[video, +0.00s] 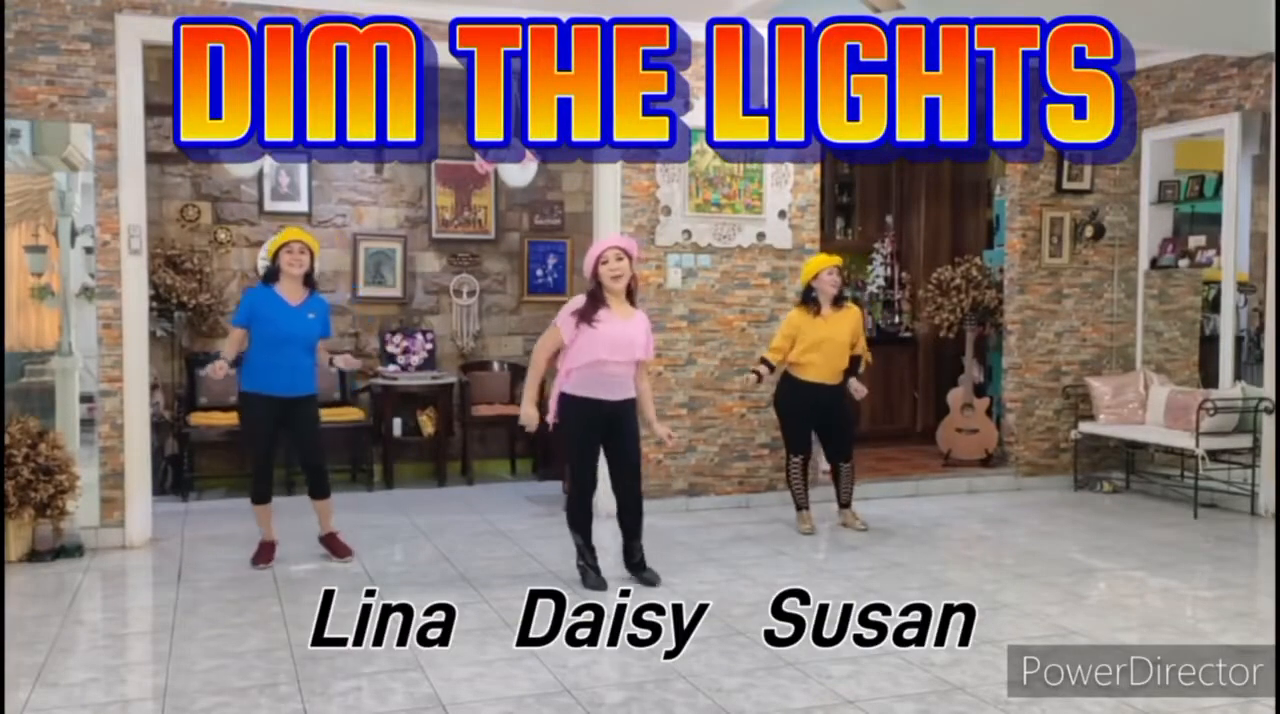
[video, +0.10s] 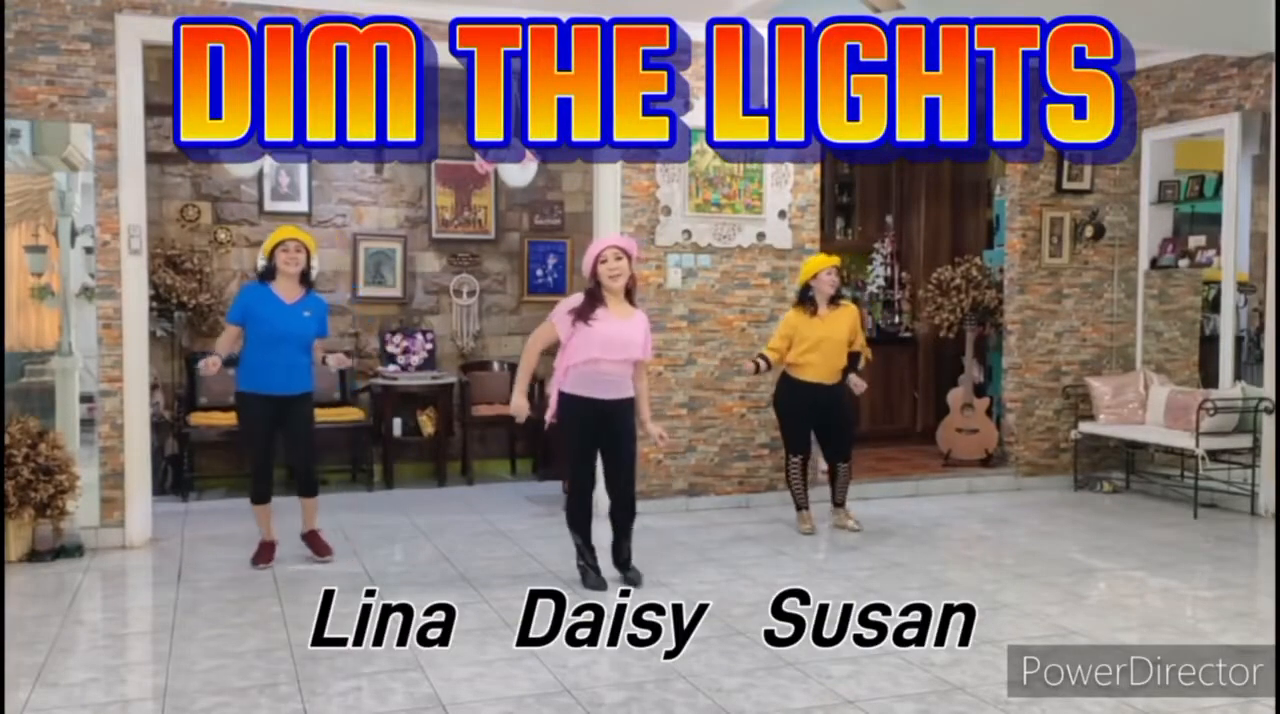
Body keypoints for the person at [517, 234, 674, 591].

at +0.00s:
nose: (614, 267)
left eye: (620, 260)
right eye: (606, 262)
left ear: (631, 269)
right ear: (595, 272)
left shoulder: (639, 319)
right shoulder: (579, 309)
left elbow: (642, 375)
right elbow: (542, 350)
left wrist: (654, 422)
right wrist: (529, 403)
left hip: (622, 410)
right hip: (579, 408)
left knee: (630, 486)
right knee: (582, 486)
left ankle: (635, 559)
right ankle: (586, 561)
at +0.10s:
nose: (613, 266)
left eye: (619, 260)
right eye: (605, 261)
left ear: (630, 268)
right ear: (594, 271)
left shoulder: (638, 318)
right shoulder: (576, 307)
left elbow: (640, 374)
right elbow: (535, 343)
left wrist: (647, 421)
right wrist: (519, 393)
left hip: (620, 408)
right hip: (577, 407)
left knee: (624, 489)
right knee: (580, 487)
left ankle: (623, 558)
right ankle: (586, 560)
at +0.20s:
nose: (612, 266)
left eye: (618, 259)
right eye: (604, 261)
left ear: (630, 267)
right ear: (594, 270)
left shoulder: (637, 318)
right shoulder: (575, 307)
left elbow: (639, 373)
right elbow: (530, 338)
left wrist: (644, 418)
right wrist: (513, 383)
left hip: (618, 408)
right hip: (576, 407)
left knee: (615, 488)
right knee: (579, 486)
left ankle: (612, 560)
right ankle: (585, 560)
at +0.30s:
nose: (612, 268)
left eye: (618, 260)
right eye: (604, 262)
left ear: (630, 268)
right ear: (593, 272)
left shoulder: (639, 320)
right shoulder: (576, 312)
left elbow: (640, 374)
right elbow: (531, 342)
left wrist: (644, 418)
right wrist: (510, 379)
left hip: (617, 408)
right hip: (577, 405)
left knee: (609, 485)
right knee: (579, 484)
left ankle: (604, 557)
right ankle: (584, 558)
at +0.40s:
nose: (611, 271)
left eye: (617, 264)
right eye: (603, 266)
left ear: (629, 272)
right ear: (593, 276)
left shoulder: (642, 322)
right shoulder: (580, 315)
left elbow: (643, 376)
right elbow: (549, 353)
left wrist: (647, 416)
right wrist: (515, 379)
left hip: (615, 410)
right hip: (575, 406)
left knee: (606, 486)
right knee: (577, 484)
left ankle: (605, 558)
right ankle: (584, 557)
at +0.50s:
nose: (610, 274)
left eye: (617, 267)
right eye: (602, 269)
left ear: (628, 275)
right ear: (592, 278)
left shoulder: (642, 322)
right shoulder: (579, 320)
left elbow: (647, 379)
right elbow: (553, 373)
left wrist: (656, 418)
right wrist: (512, 385)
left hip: (616, 415)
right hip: (575, 411)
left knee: (610, 492)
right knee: (577, 489)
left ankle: (605, 557)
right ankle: (585, 558)